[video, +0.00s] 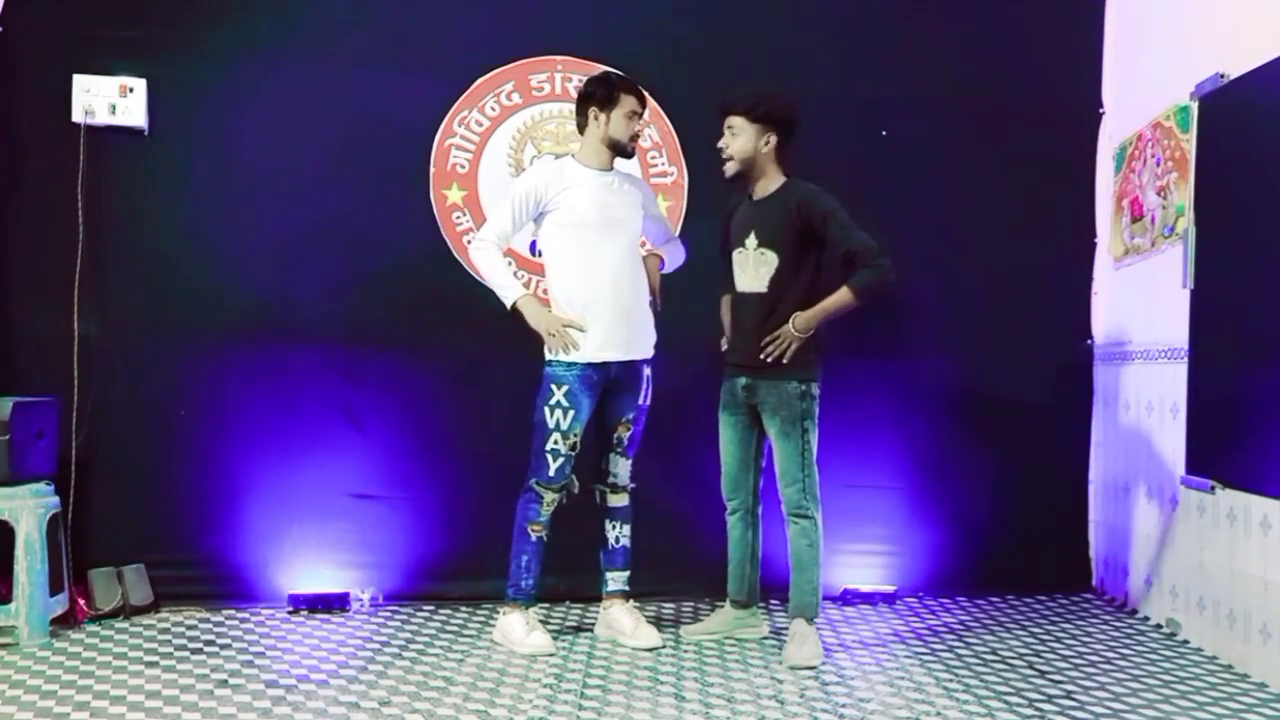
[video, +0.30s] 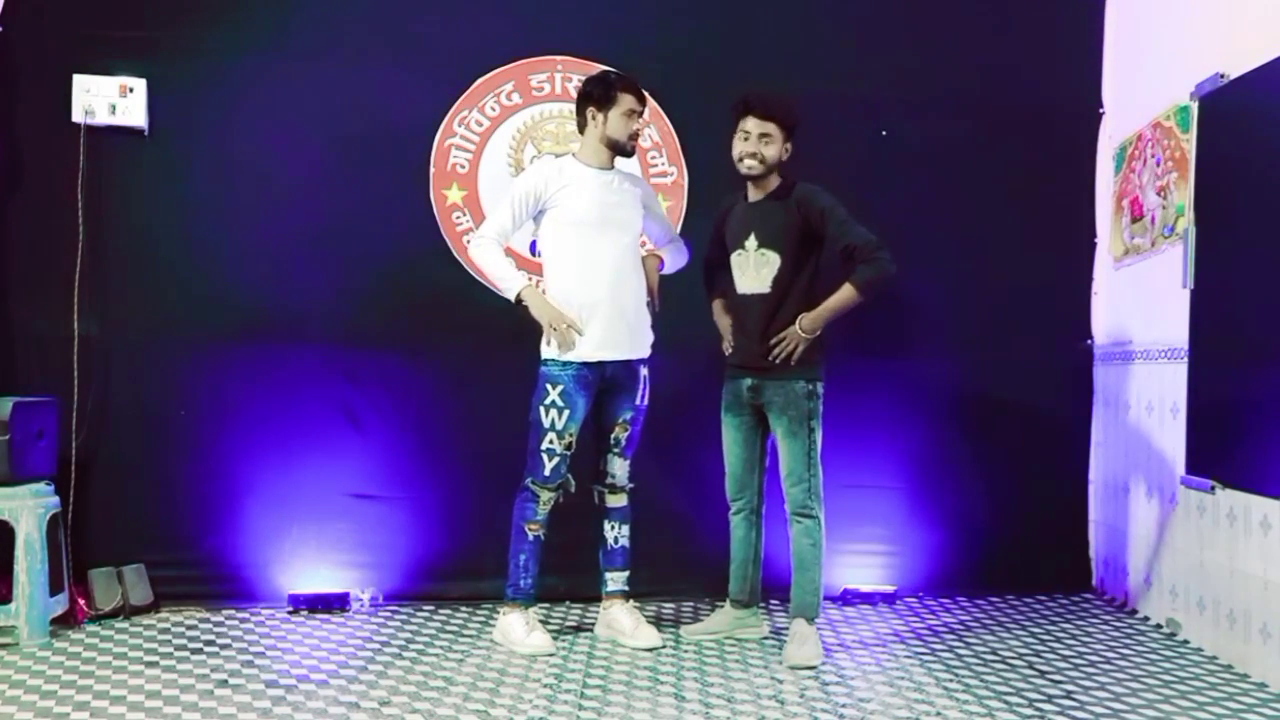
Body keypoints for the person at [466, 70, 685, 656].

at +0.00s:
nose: (640, 125)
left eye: (642, 116)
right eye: (632, 114)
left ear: (621, 121)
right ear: (595, 115)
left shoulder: (636, 185)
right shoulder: (546, 177)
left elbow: (672, 248)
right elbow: (485, 246)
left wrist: (655, 263)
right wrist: (527, 306)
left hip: (634, 353)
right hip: (573, 353)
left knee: (619, 480)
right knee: (551, 480)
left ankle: (616, 605)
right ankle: (516, 611)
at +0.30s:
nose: (640, 123)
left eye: (642, 114)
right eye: (631, 113)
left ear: (627, 121)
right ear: (593, 115)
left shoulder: (637, 184)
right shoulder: (547, 176)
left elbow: (676, 250)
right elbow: (485, 244)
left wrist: (655, 260)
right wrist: (533, 295)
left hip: (631, 353)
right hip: (568, 352)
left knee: (618, 480)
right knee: (548, 479)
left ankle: (616, 605)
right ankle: (516, 611)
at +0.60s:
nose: (639, 124)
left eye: (642, 115)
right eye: (630, 113)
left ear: (630, 121)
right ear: (593, 114)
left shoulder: (638, 187)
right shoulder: (547, 176)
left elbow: (676, 253)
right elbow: (485, 243)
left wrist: (654, 262)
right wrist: (529, 289)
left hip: (629, 353)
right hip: (566, 352)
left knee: (617, 480)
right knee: (546, 479)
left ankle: (616, 605)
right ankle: (516, 611)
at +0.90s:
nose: (611, 137)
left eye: (619, 127)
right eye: (600, 125)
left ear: (627, 128)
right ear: (574, 123)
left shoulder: (638, 185)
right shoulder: (549, 179)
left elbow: (681, 250)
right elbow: (493, 219)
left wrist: (657, 262)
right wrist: (525, 149)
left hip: (626, 352)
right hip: (563, 350)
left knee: (617, 480)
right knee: (543, 479)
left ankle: (616, 605)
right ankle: (516, 611)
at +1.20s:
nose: (588, 150)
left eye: (597, 139)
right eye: (578, 141)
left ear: (615, 128)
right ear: (561, 132)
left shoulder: (645, 188)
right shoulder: (550, 181)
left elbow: (691, 251)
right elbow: (492, 156)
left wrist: (661, 260)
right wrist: (542, 114)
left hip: (624, 353)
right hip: (559, 350)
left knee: (617, 480)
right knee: (542, 478)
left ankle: (615, 604)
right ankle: (516, 610)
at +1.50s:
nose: (585, 152)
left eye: (594, 141)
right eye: (576, 142)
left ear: (613, 129)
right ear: (559, 134)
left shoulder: (644, 187)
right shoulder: (549, 180)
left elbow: (690, 245)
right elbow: (489, 154)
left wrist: (655, 260)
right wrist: (542, 117)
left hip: (623, 353)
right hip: (557, 350)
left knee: (616, 478)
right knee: (542, 476)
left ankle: (616, 604)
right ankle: (516, 610)